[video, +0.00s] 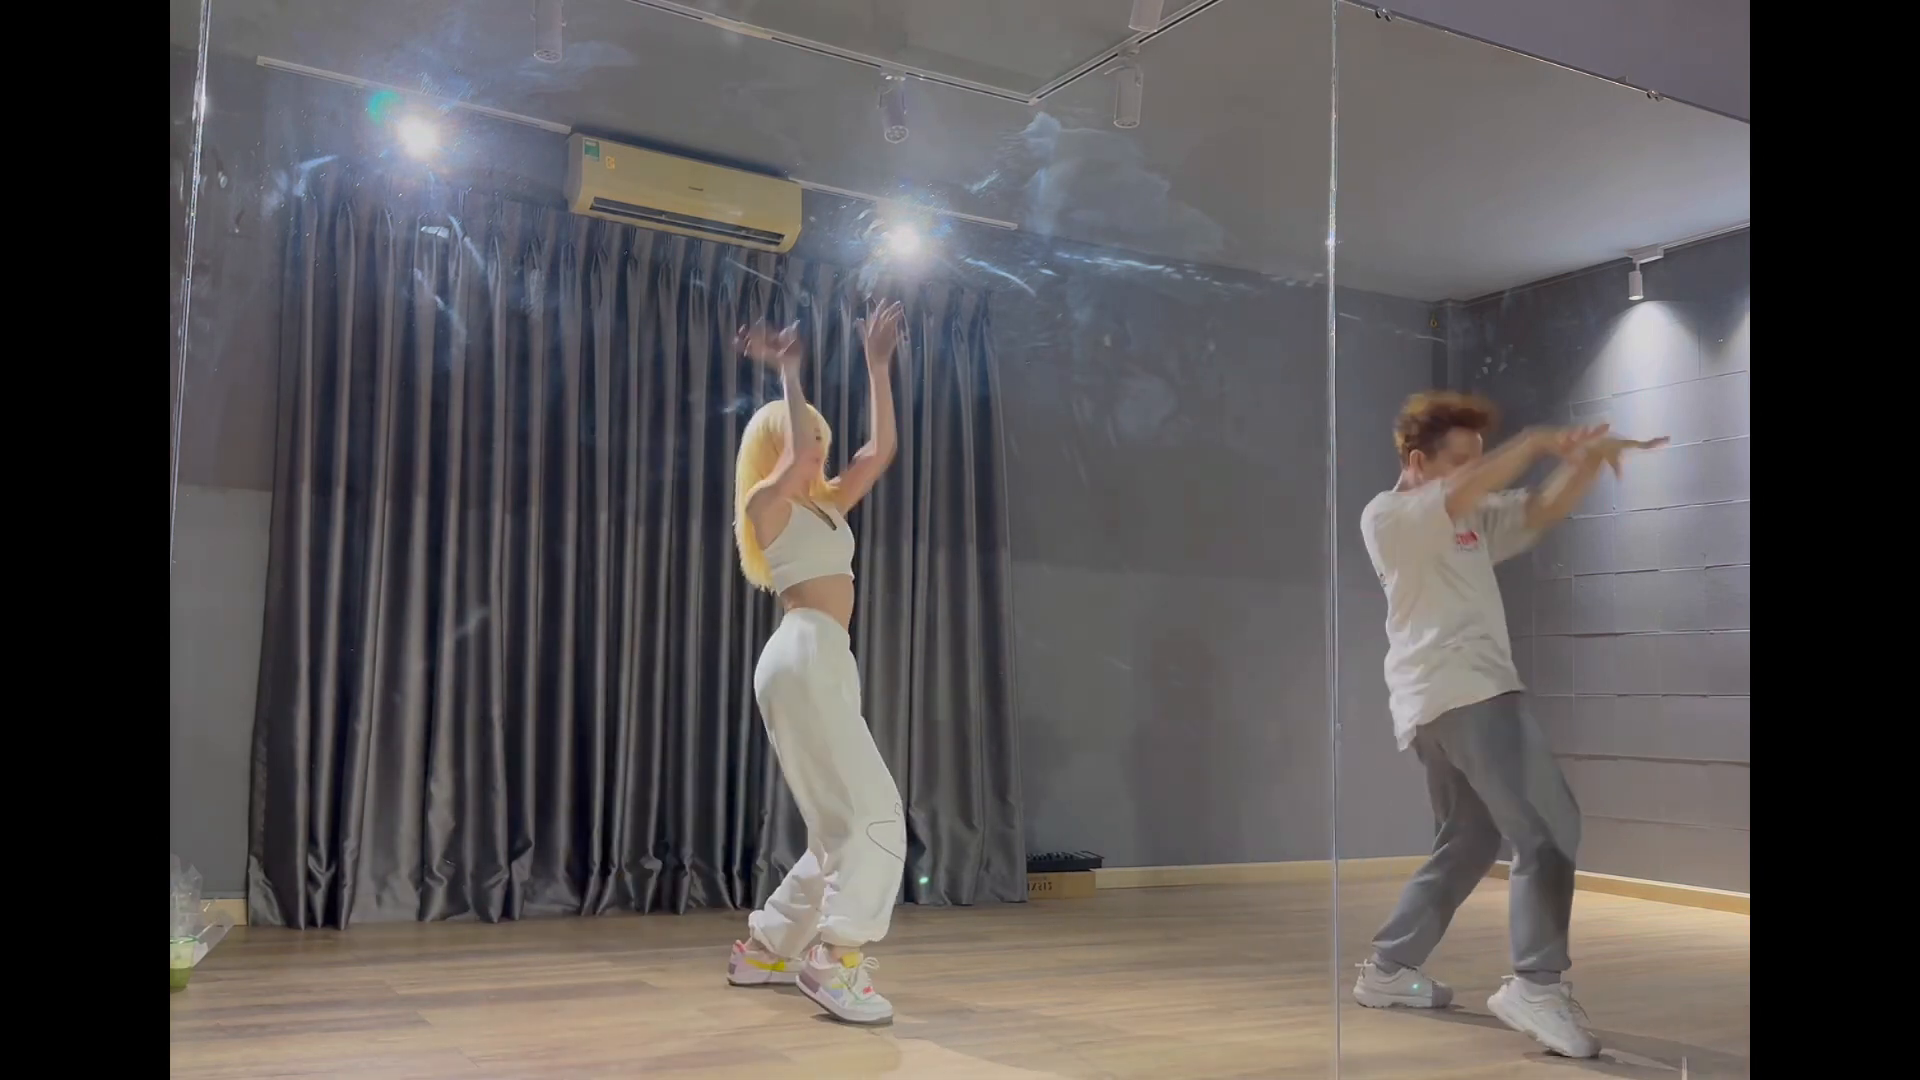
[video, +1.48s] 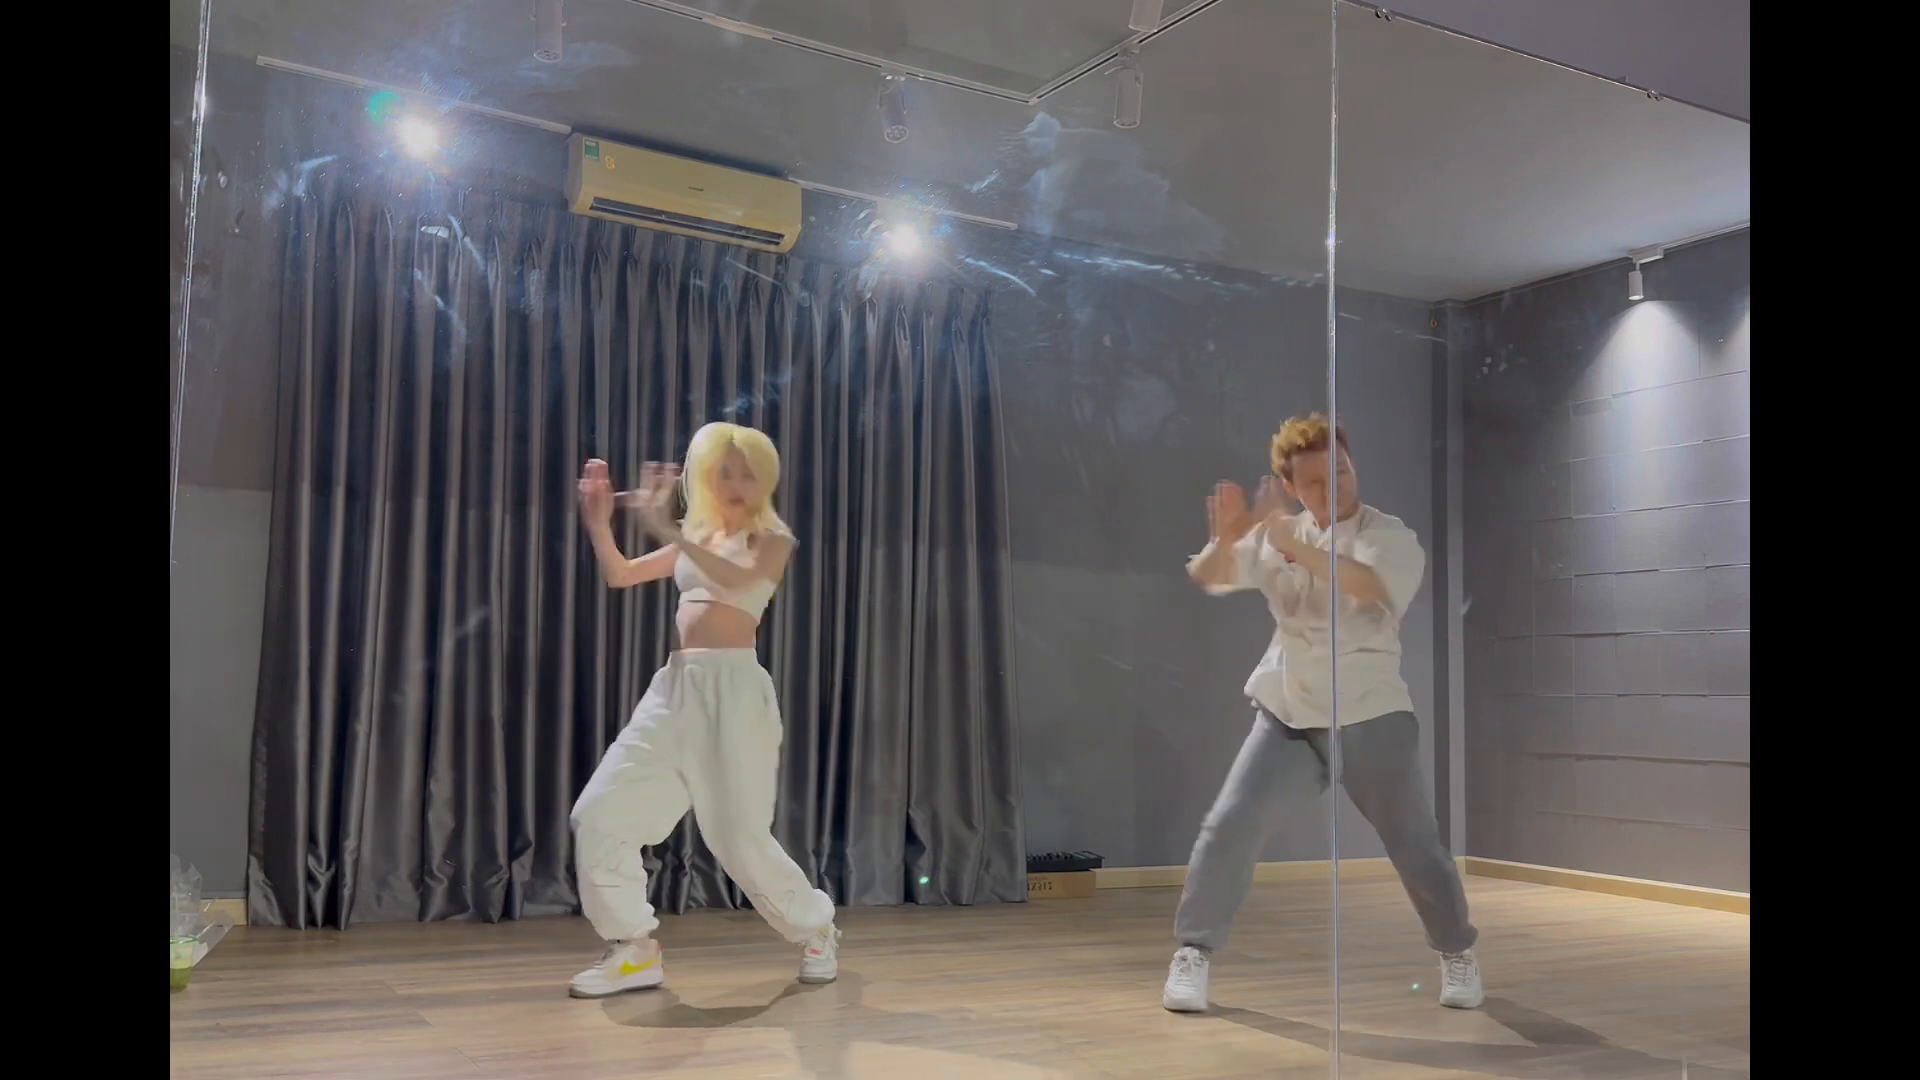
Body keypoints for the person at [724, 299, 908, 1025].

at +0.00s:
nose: (821, 440)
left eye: (820, 434)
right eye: (808, 434)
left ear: (815, 450)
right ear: (772, 446)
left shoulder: (822, 503)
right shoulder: (767, 507)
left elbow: (880, 449)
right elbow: (807, 453)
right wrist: (789, 372)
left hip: (803, 661)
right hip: (810, 658)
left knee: (843, 828)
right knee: (879, 818)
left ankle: (767, 946)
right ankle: (837, 959)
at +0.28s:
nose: (821, 465)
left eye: (829, 457)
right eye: (809, 453)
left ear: (833, 469)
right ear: (781, 461)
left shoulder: (822, 527)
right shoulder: (768, 521)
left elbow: (878, 483)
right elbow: (689, 476)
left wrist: (843, 437)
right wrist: (731, 433)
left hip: (832, 687)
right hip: (805, 686)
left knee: (843, 842)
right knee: (884, 827)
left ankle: (769, 946)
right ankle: (860, 968)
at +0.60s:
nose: (796, 476)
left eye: (807, 474)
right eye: (792, 461)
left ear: (808, 484)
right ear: (767, 455)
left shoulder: (794, 523)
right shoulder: (705, 505)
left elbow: (842, 550)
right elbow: (691, 584)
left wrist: (873, 495)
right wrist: (740, 540)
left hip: (808, 670)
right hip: (743, 674)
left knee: (822, 820)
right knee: (759, 799)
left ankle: (765, 947)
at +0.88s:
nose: (736, 484)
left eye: (744, 475)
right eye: (720, 479)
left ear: (758, 487)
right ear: (701, 502)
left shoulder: (781, 552)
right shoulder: (697, 561)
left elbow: (829, 478)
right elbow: (630, 631)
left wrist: (759, 450)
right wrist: (658, 710)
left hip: (755, 733)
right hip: (684, 725)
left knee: (823, 839)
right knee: (626, 852)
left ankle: (765, 947)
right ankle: (584, 956)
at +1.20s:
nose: (719, 486)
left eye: (730, 486)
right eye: (708, 483)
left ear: (743, 520)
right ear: (687, 509)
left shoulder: (748, 570)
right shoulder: (648, 565)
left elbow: (831, 580)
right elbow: (603, 635)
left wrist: (785, 515)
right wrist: (646, 710)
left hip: (750, 729)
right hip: (674, 732)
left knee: (800, 850)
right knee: (615, 835)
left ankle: (790, 945)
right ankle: (588, 953)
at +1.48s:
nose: (734, 484)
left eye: (746, 473)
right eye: (722, 473)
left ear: (764, 480)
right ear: (701, 478)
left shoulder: (774, 540)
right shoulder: (693, 542)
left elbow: (736, 579)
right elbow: (621, 575)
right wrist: (598, 518)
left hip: (735, 692)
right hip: (674, 690)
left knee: (736, 833)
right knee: (598, 815)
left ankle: (818, 929)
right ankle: (637, 950)